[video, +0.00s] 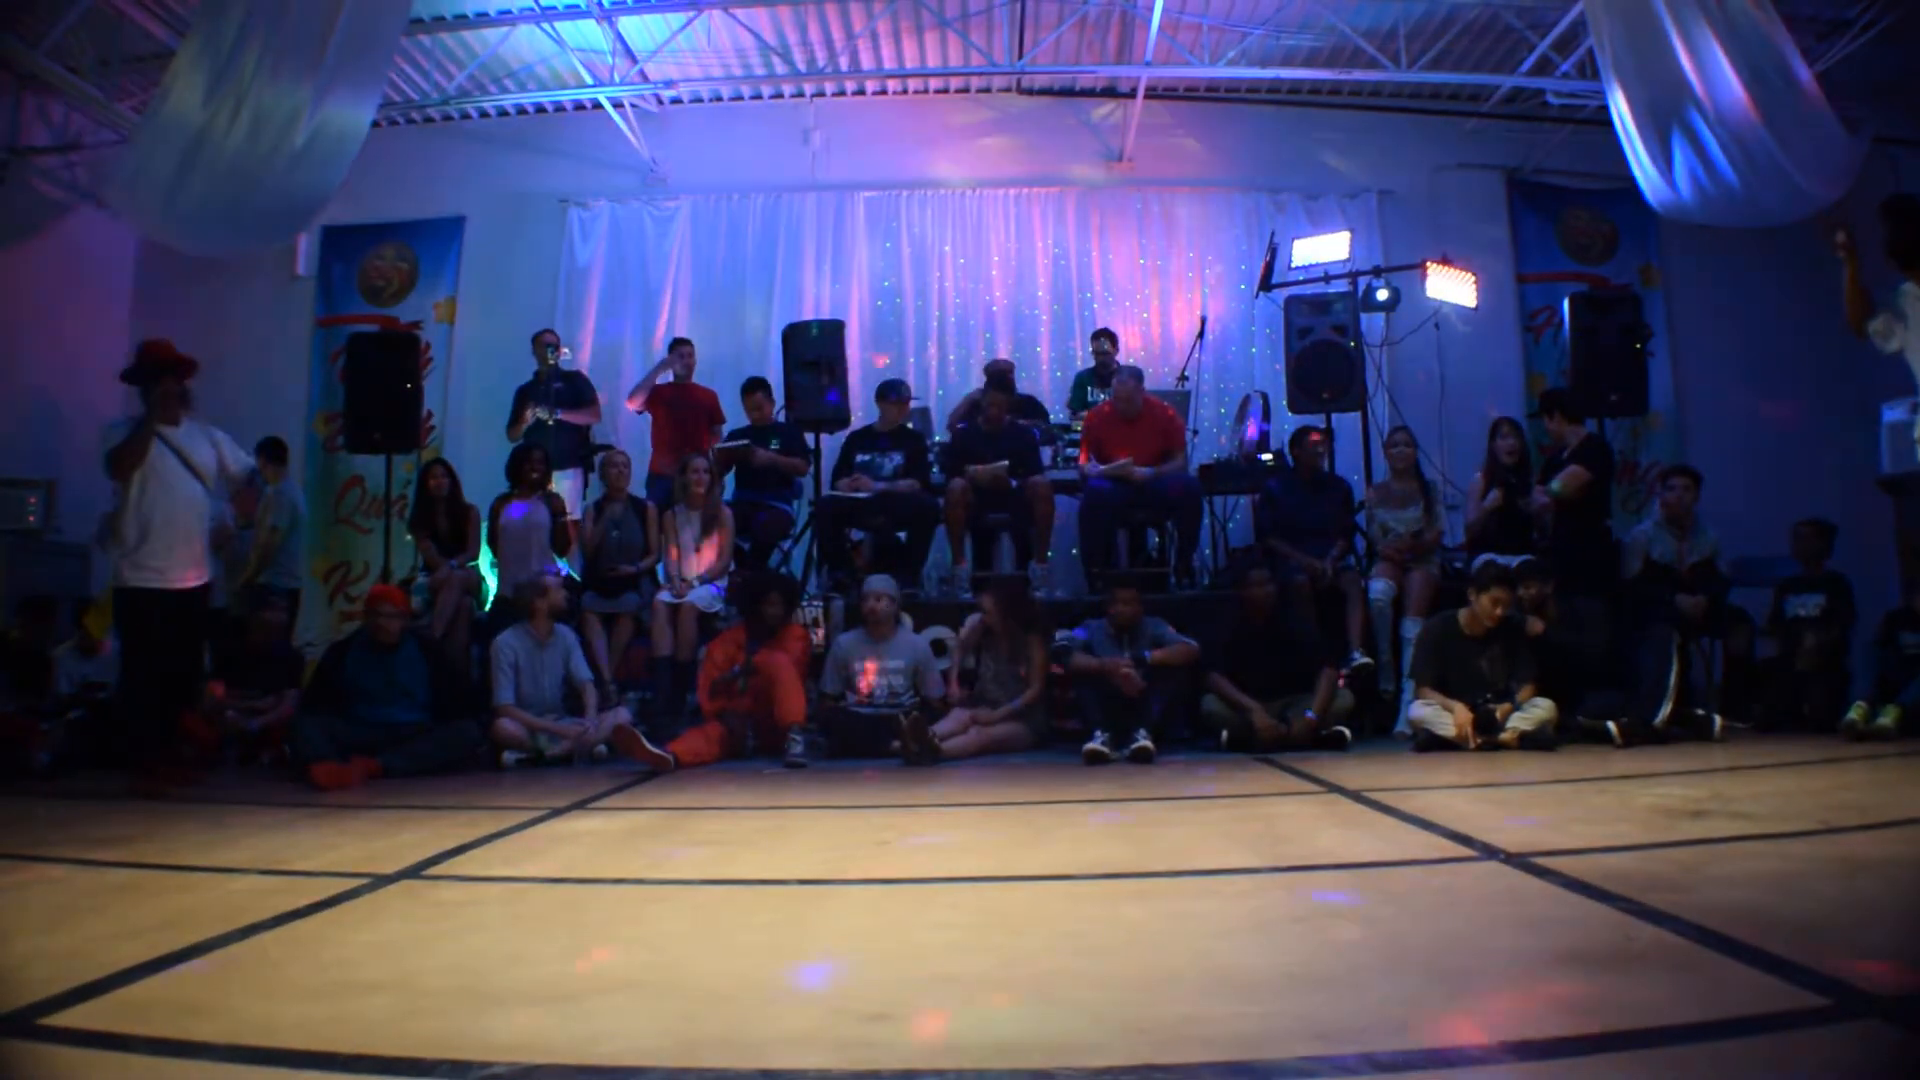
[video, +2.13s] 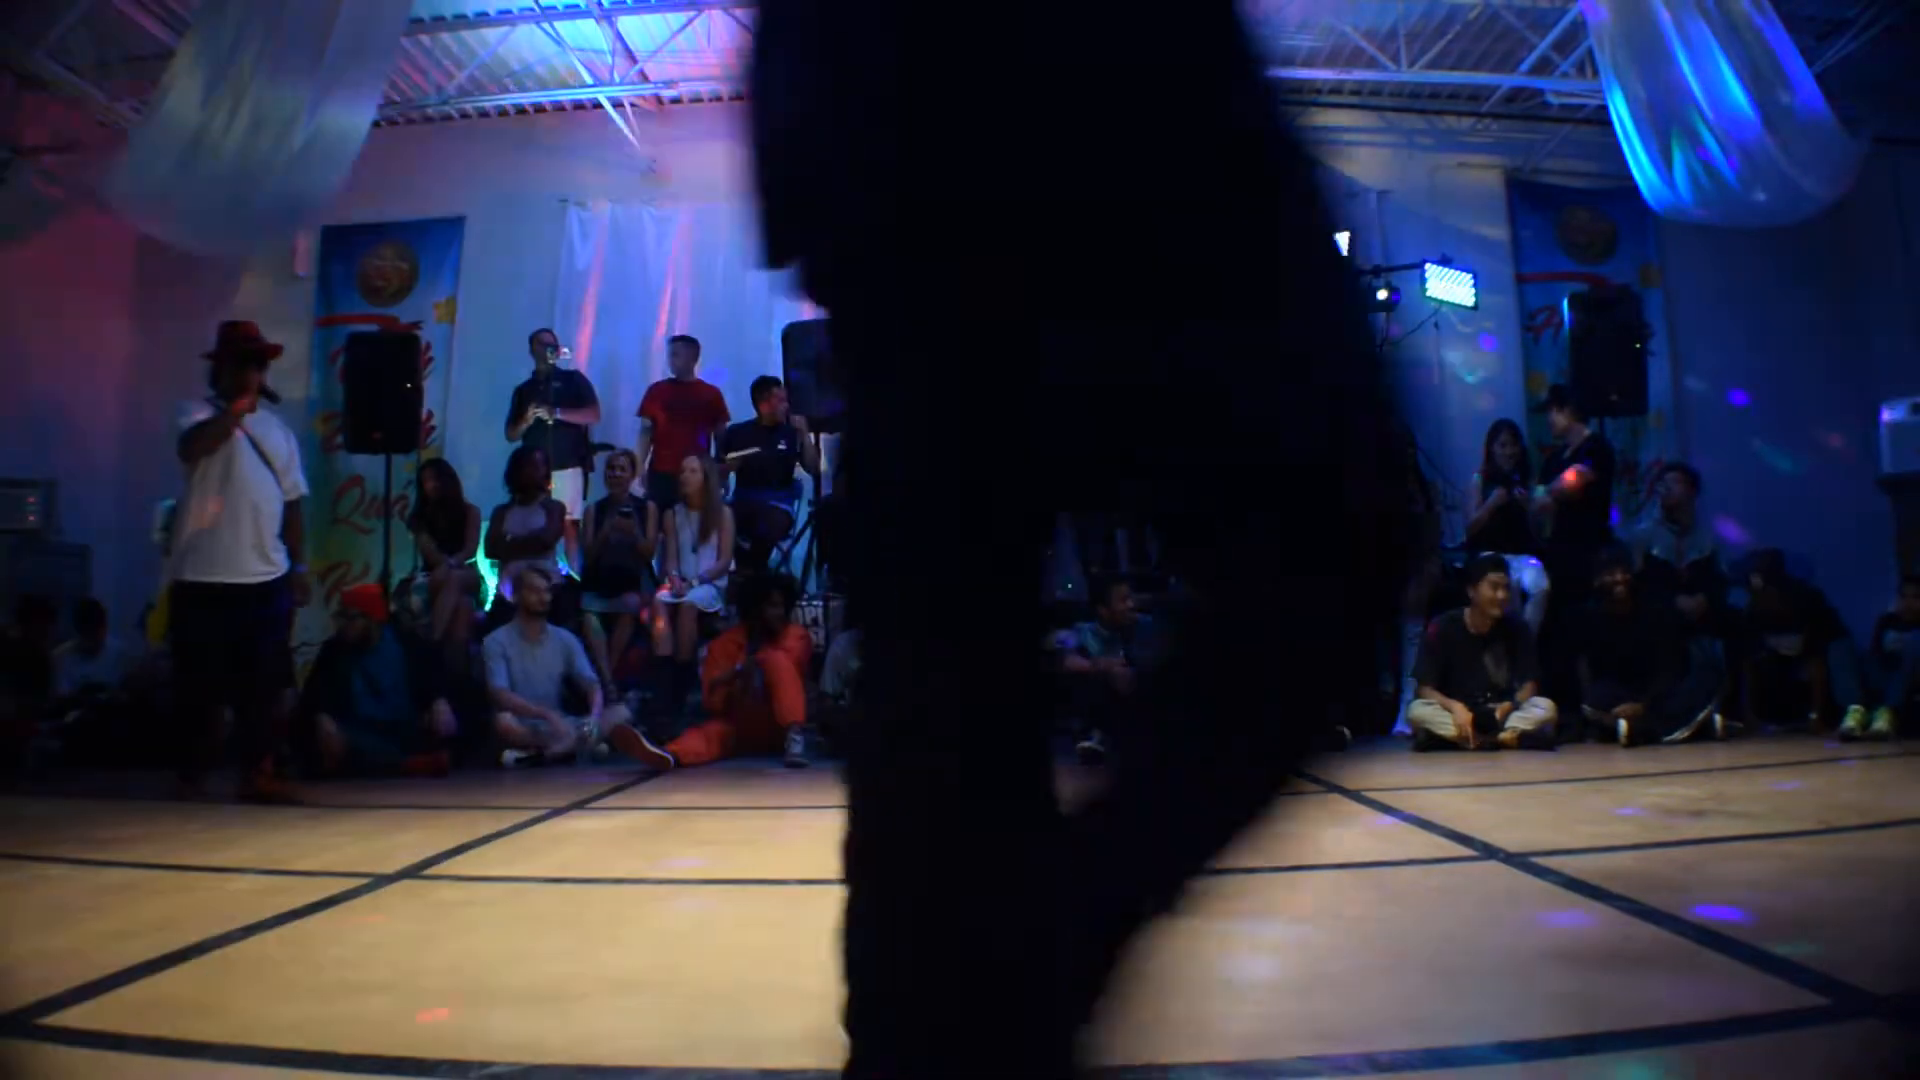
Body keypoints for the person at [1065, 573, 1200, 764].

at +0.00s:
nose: (1124, 610)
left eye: (1129, 604)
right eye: (1119, 604)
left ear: (1139, 607)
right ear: (1110, 608)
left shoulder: (1153, 628)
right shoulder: (1094, 630)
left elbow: (1190, 650)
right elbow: (1063, 653)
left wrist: (1143, 660)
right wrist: (1112, 668)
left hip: (1145, 700)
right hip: (1106, 700)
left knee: (1168, 672)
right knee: (1088, 673)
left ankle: (1143, 734)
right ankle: (1100, 734)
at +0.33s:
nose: (1131, 609)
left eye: (1138, 603)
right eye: (1125, 603)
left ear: (1147, 607)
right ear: (1114, 607)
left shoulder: (1156, 628)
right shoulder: (1097, 629)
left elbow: (1194, 651)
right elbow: (1067, 652)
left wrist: (1145, 662)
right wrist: (1114, 670)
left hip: (1148, 700)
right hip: (1109, 700)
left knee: (1172, 672)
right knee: (1089, 674)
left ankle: (1144, 734)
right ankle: (1101, 734)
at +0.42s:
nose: (1151, 610)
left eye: (1154, 604)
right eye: (1144, 604)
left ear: (1157, 606)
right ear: (1124, 607)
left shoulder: (1158, 629)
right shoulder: (1098, 629)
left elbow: (1194, 651)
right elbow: (1067, 650)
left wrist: (1146, 661)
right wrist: (1114, 669)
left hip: (1148, 702)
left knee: (1173, 670)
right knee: (1088, 672)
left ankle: (1144, 733)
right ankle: (1101, 734)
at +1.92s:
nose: (1134, 606)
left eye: (1134, 600)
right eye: (1126, 601)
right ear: (1107, 609)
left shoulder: (1145, 626)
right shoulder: (1088, 632)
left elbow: (1185, 647)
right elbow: (1059, 654)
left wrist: (1137, 659)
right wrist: (1107, 669)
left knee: (1163, 669)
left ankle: (1143, 733)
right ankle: (1099, 733)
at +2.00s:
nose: (1133, 606)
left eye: (1132, 600)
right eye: (1125, 601)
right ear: (1105, 610)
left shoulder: (1143, 627)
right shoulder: (1086, 633)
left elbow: (1185, 647)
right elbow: (1053, 652)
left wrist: (1136, 659)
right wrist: (1105, 668)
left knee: (1160, 668)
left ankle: (1142, 734)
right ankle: (1099, 734)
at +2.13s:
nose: (1131, 606)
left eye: (1130, 599)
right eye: (1123, 600)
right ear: (1104, 609)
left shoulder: (1141, 631)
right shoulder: (1085, 635)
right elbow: (1069, 662)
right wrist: (1109, 668)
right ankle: (1092, 734)